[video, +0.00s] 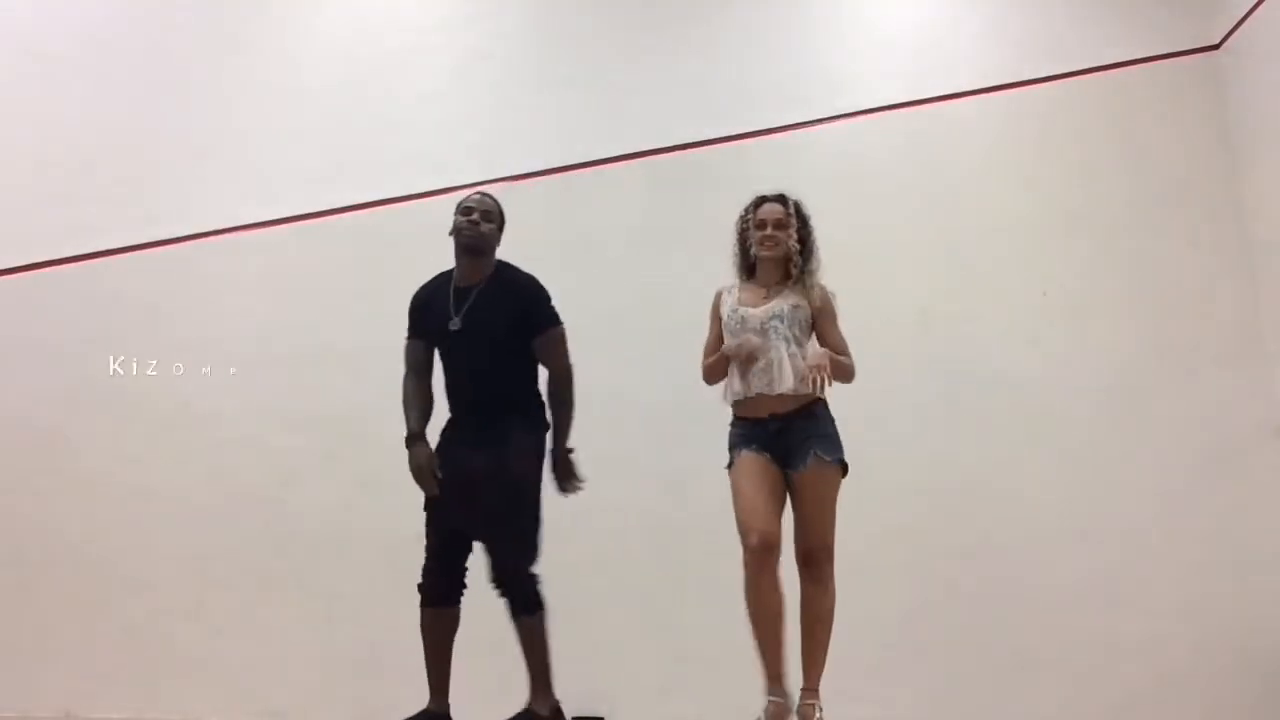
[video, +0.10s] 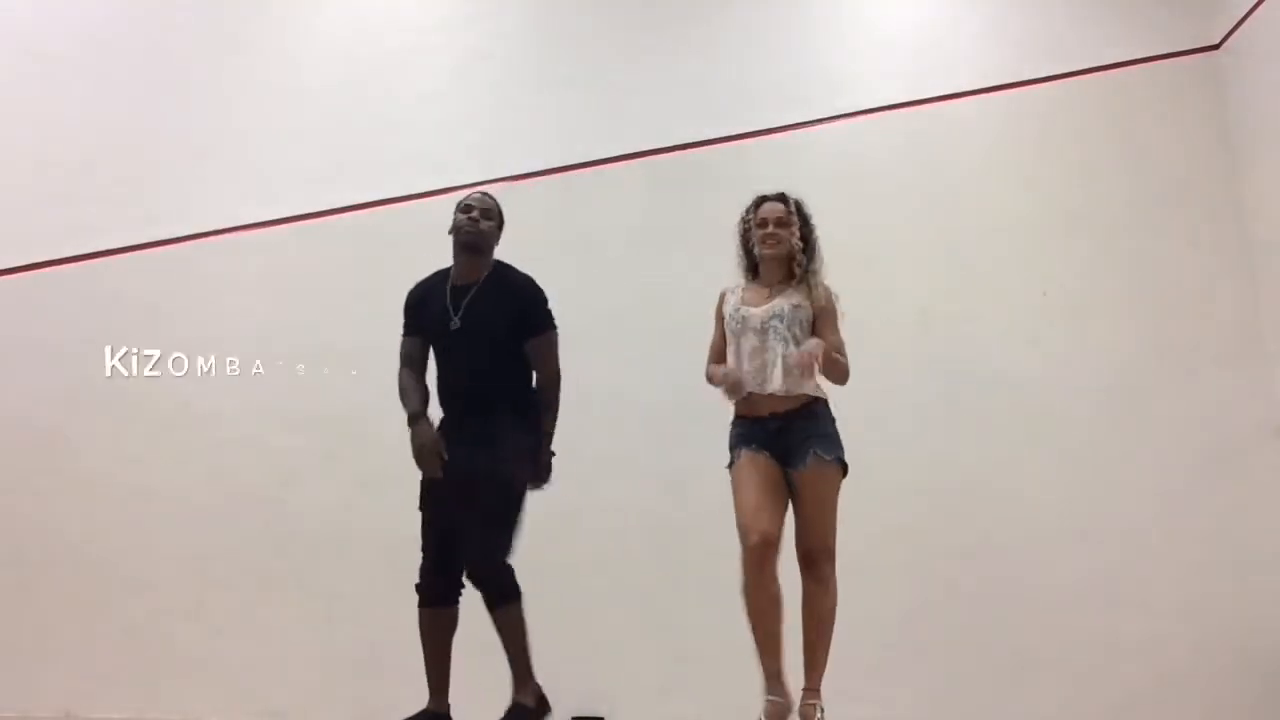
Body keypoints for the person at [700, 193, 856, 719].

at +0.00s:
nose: (770, 233)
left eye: (780, 226)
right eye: (761, 226)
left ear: (797, 236)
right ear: (747, 236)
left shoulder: (814, 296)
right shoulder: (727, 299)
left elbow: (847, 371)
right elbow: (709, 374)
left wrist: (824, 358)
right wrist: (734, 352)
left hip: (810, 428)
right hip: (751, 433)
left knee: (815, 559)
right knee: (759, 546)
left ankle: (811, 694)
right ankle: (775, 691)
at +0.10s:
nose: (773, 231)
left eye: (783, 223)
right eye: (763, 224)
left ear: (799, 235)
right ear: (750, 236)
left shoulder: (816, 295)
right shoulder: (731, 299)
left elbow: (841, 374)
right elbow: (712, 367)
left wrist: (819, 353)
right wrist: (724, 374)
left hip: (810, 428)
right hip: (752, 432)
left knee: (816, 559)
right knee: (758, 543)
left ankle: (813, 694)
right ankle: (774, 688)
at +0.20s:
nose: (768, 226)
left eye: (777, 218)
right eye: (758, 220)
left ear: (796, 229)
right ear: (747, 234)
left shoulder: (820, 289)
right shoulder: (732, 296)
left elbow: (829, 368)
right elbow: (721, 364)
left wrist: (810, 341)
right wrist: (715, 391)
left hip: (809, 427)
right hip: (749, 428)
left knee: (814, 558)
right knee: (740, 535)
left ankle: (811, 694)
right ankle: (745, 678)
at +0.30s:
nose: (762, 221)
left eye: (771, 212)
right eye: (752, 216)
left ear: (791, 223)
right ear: (742, 233)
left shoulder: (820, 282)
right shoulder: (731, 295)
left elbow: (835, 355)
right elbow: (724, 366)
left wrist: (807, 320)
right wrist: (705, 408)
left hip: (803, 424)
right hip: (743, 423)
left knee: (808, 554)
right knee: (728, 536)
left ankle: (810, 695)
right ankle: (719, 681)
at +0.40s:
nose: (755, 220)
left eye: (764, 213)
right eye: (745, 217)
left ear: (785, 224)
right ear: (736, 234)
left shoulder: (816, 280)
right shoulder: (727, 295)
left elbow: (844, 347)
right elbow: (720, 368)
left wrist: (808, 307)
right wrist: (696, 419)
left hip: (795, 425)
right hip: (733, 424)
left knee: (800, 555)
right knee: (724, 542)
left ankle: (807, 695)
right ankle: (708, 684)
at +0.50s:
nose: (746, 224)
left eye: (756, 216)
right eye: (737, 220)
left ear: (777, 227)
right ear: (730, 237)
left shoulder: (804, 283)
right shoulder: (720, 295)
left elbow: (844, 351)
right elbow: (710, 367)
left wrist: (818, 303)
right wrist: (684, 425)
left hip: (788, 429)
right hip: (725, 428)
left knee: (796, 553)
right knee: (720, 552)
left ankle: (806, 695)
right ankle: (709, 692)